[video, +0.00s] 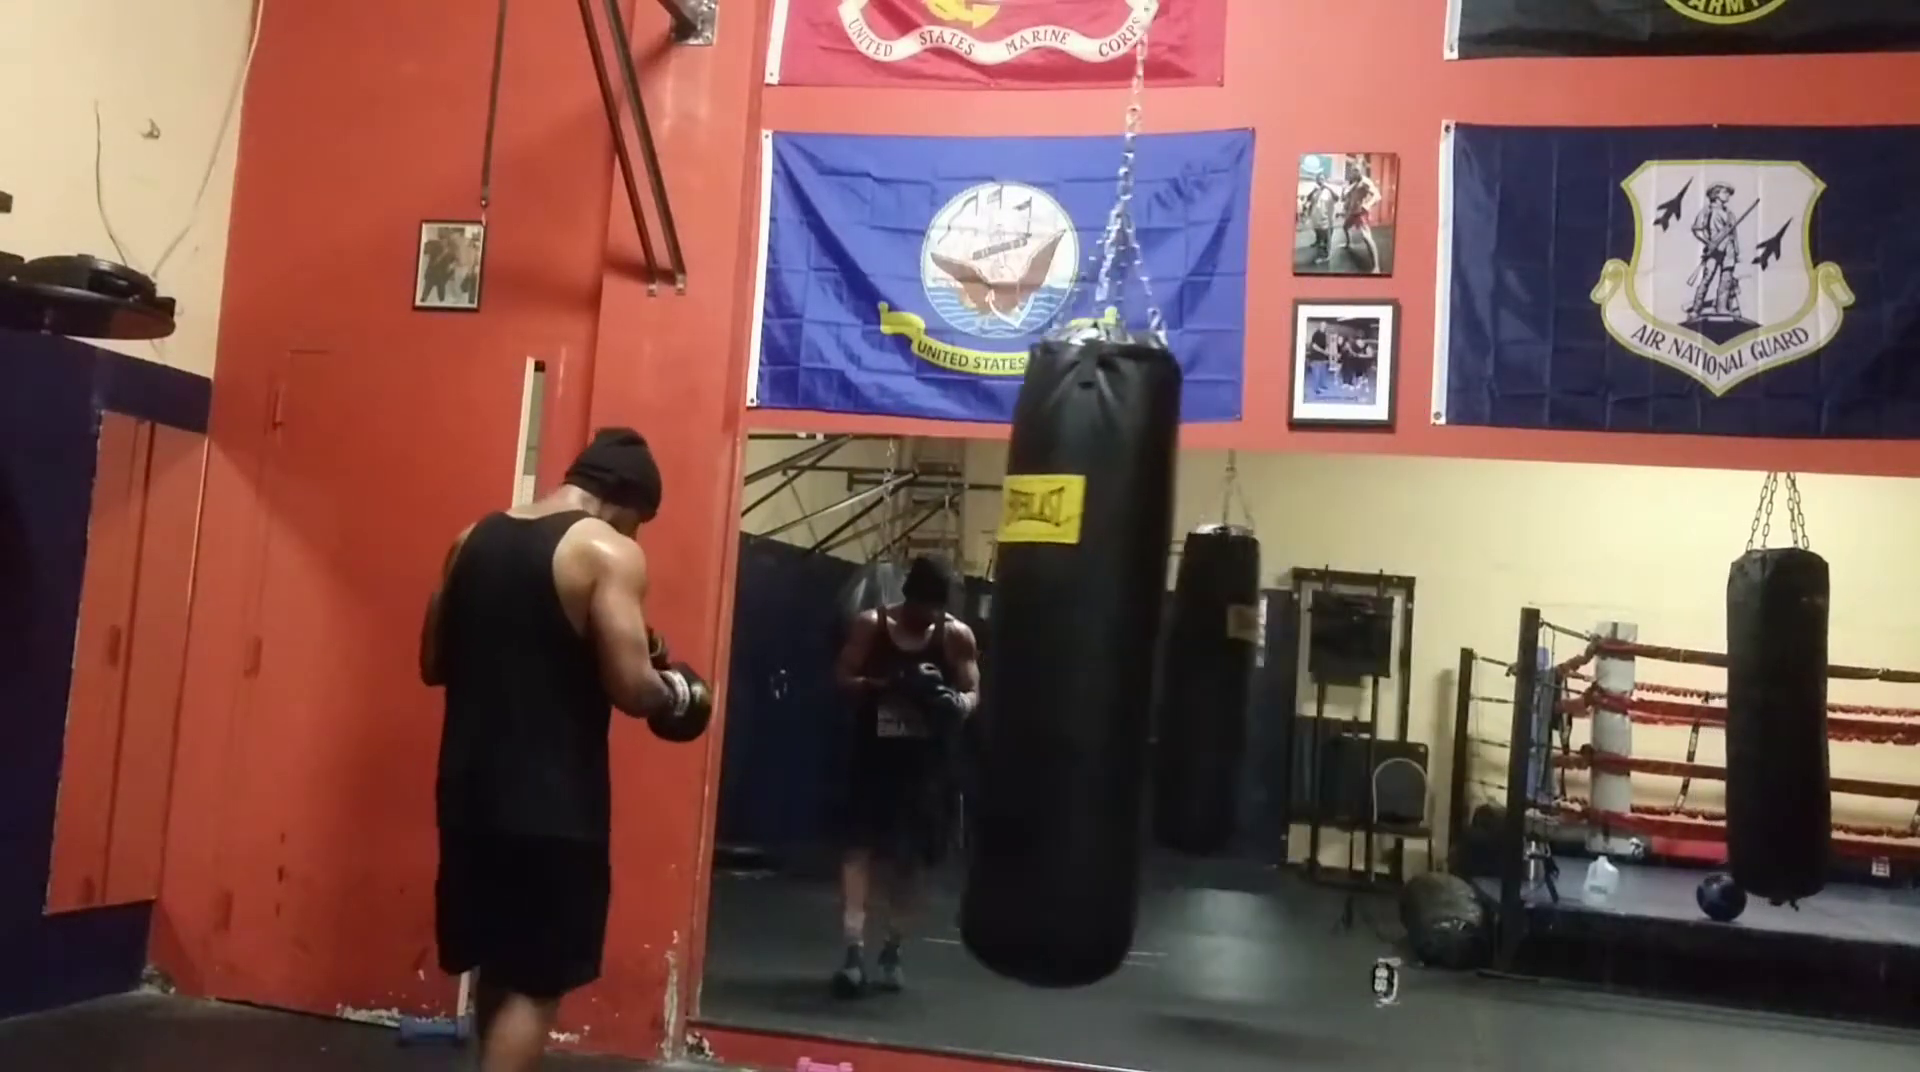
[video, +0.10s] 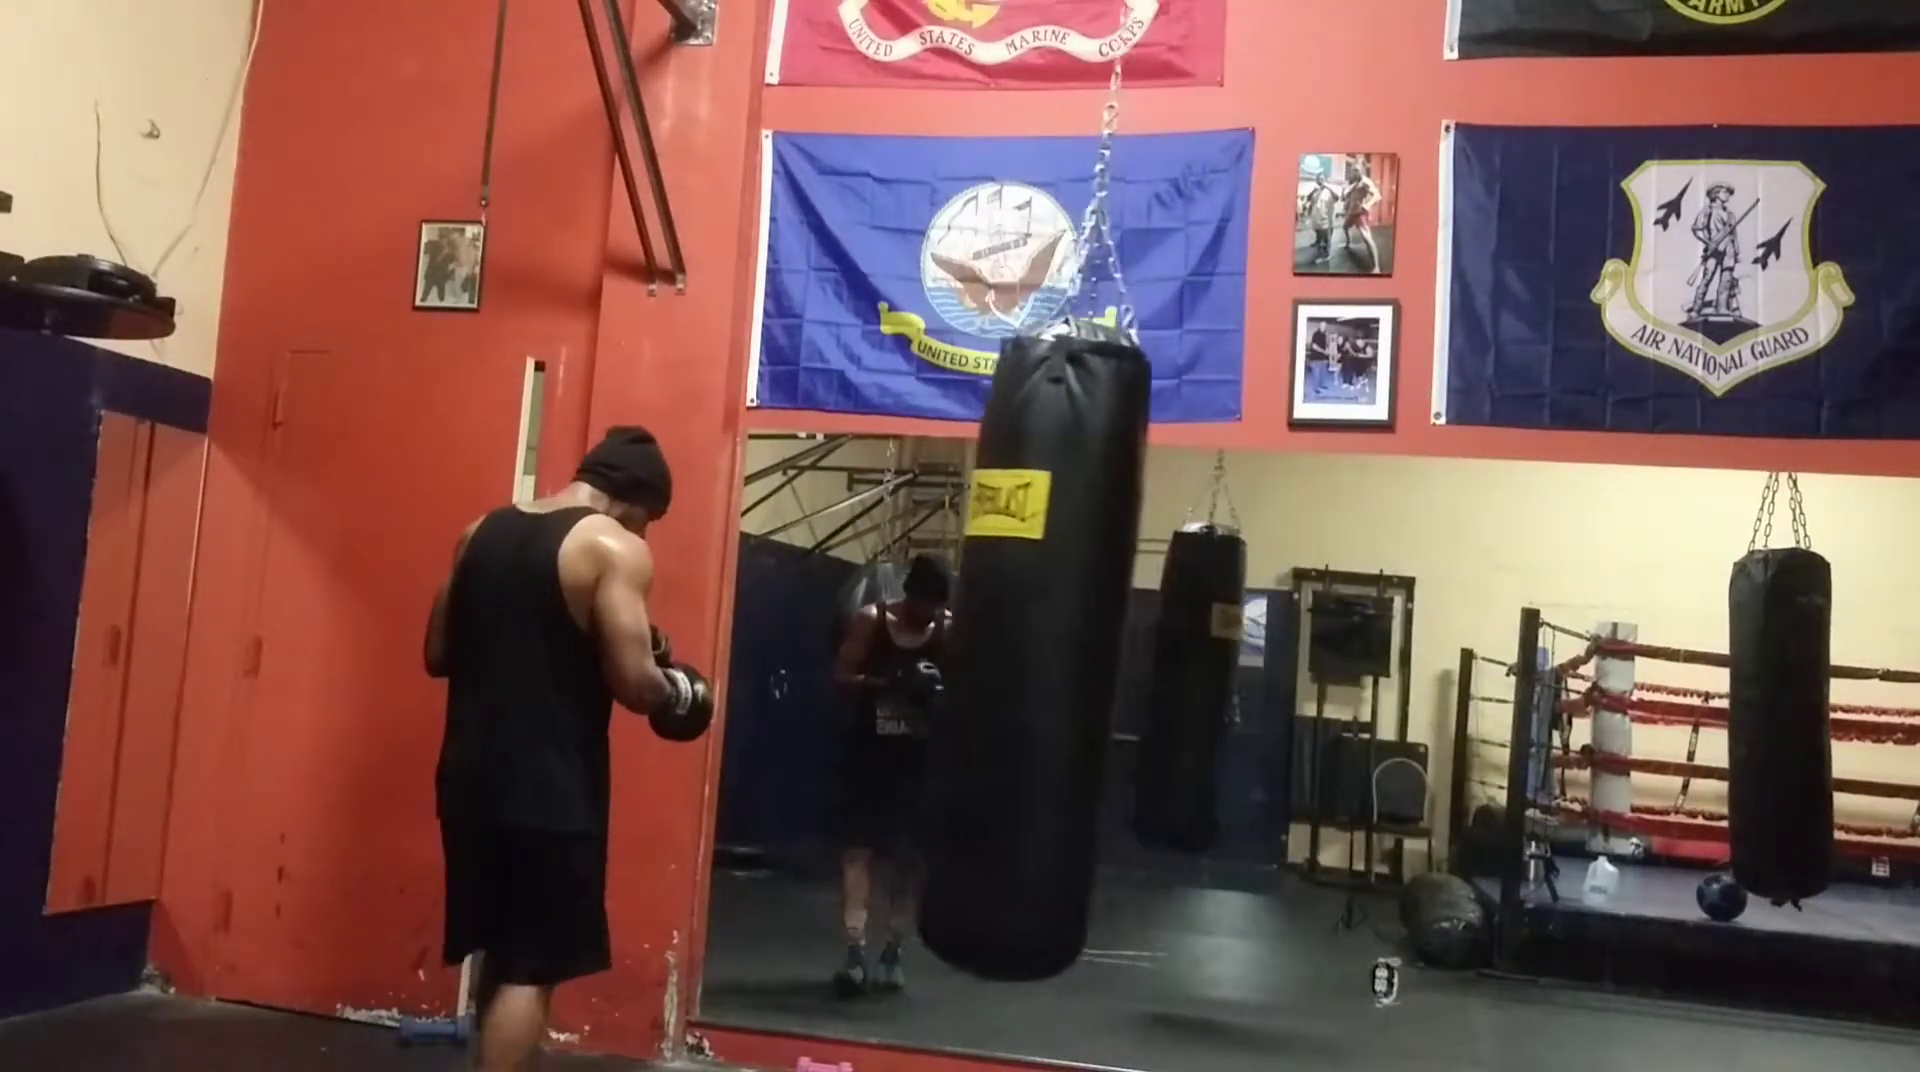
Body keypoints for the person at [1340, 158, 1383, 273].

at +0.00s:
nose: (1351, 173)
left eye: (1354, 170)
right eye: (1350, 171)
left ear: (1359, 171)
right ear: (1350, 172)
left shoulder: (1365, 182)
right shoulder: (1351, 184)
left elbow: (1376, 195)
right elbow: (1346, 198)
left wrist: (1367, 205)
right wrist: (1346, 209)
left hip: (1361, 213)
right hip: (1351, 213)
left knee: (1366, 237)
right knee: (1345, 227)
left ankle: (1375, 266)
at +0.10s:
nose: (1350, 174)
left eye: (1352, 171)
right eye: (1350, 172)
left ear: (1358, 172)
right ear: (1351, 173)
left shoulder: (1365, 182)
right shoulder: (1353, 185)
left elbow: (1376, 195)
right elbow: (1347, 199)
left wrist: (1366, 205)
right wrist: (1345, 210)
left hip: (1361, 211)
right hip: (1352, 212)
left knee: (1366, 237)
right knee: (1345, 227)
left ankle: (1376, 266)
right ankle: (1348, 243)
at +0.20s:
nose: (1350, 174)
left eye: (1352, 171)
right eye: (1350, 172)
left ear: (1358, 172)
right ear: (1351, 173)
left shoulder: (1365, 182)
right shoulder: (1353, 185)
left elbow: (1376, 195)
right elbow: (1347, 199)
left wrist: (1366, 205)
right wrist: (1345, 210)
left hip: (1361, 211)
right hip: (1352, 212)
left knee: (1366, 237)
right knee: (1345, 227)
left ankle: (1376, 266)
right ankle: (1348, 243)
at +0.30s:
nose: (1350, 174)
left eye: (1353, 171)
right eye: (1350, 172)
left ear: (1358, 172)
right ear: (1351, 173)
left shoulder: (1365, 182)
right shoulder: (1352, 185)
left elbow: (1376, 195)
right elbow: (1347, 198)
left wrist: (1366, 205)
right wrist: (1345, 209)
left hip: (1361, 211)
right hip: (1352, 212)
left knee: (1366, 237)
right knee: (1345, 227)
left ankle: (1376, 266)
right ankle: (1348, 243)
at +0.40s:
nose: (1350, 174)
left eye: (1353, 171)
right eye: (1350, 172)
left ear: (1358, 172)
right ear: (1351, 173)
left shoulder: (1365, 182)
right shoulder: (1352, 185)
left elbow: (1376, 195)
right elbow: (1347, 199)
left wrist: (1366, 205)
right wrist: (1345, 209)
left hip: (1361, 211)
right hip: (1352, 212)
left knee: (1366, 237)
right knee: (1345, 227)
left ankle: (1376, 266)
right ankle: (1348, 243)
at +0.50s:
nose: (1350, 174)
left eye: (1353, 171)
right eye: (1350, 172)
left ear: (1358, 172)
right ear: (1351, 173)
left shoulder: (1365, 182)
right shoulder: (1352, 185)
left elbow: (1376, 195)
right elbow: (1347, 198)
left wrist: (1366, 205)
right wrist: (1345, 209)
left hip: (1361, 211)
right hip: (1352, 212)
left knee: (1366, 237)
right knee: (1345, 227)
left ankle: (1376, 266)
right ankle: (1348, 243)